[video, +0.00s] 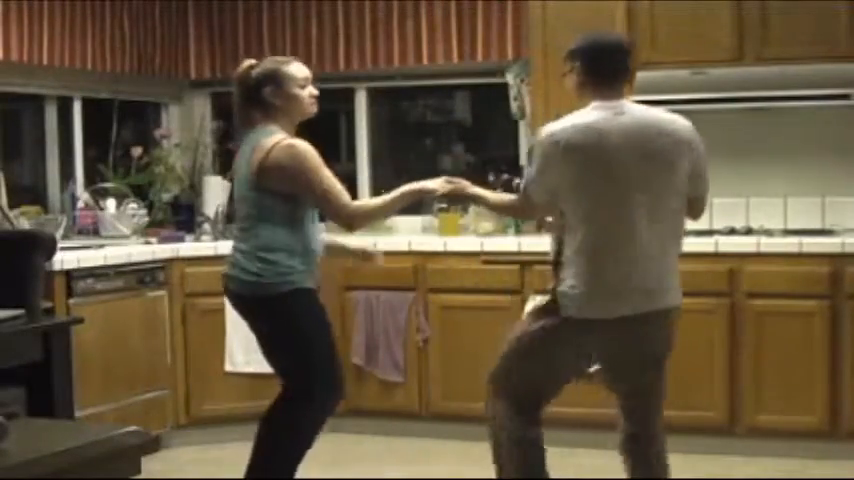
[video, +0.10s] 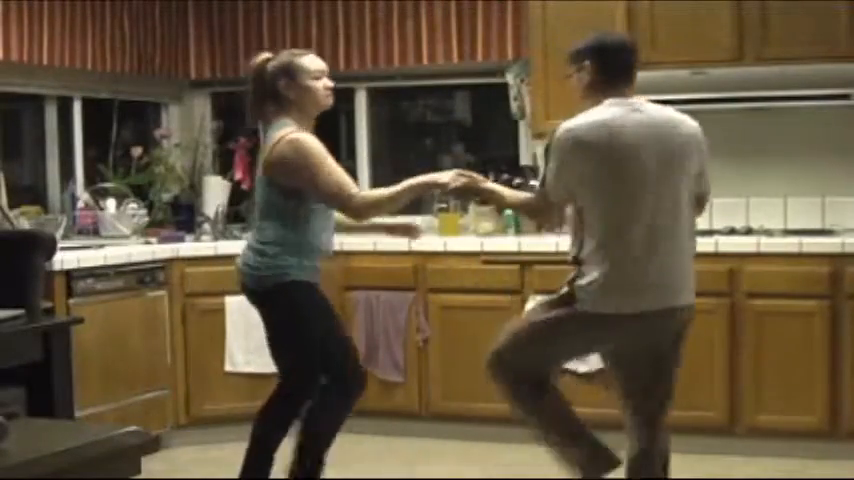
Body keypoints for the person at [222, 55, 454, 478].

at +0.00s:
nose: (315, 91)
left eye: (312, 83)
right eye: (304, 85)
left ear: (272, 97)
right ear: (274, 95)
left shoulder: (256, 144)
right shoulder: (292, 151)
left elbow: (283, 221)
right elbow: (350, 214)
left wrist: (347, 242)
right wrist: (416, 191)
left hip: (254, 281)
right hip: (279, 287)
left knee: (302, 386)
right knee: (322, 389)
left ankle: (261, 473)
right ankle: (269, 474)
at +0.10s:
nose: (330, 85)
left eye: (327, 76)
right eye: (319, 78)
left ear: (291, 89)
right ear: (288, 87)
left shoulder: (285, 141)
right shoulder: (295, 143)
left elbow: (313, 224)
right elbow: (357, 204)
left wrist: (386, 226)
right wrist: (426, 182)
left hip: (274, 276)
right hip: (284, 279)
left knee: (299, 379)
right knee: (347, 378)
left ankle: (252, 474)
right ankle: (304, 472)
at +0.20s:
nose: (352, 84)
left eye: (349, 77)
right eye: (340, 78)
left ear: (328, 89)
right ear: (309, 88)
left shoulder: (340, 140)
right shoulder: (308, 146)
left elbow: (364, 216)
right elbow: (368, 205)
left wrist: (423, 215)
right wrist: (442, 187)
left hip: (318, 280)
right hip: (295, 281)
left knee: (303, 383)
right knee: (362, 375)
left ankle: (246, 472)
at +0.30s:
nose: (381, 93)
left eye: (378, 86)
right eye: (370, 87)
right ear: (339, 98)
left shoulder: (379, 153)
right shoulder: (333, 158)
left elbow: (401, 219)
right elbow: (395, 218)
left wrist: (477, 204)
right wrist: (470, 201)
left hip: (355, 291)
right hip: (327, 291)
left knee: (314, 392)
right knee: (397, 378)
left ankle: (247, 471)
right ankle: (425, 474)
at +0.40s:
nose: (416, 96)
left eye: (414, 89)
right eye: (405, 90)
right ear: (374, 102)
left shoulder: (417, 156)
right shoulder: (368, 161)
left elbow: (442, 220)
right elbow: (419, 224)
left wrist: (496, 203)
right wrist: (496, 208)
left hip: (400, 293)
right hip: (369, 294)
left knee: (381, 398)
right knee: (443, 384)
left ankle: (283, 451)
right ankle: (437, 475)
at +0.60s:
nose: (489, 91)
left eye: (489, 83)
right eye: (477, 84)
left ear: (489, 92)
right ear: (446, 95)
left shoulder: (497, 148)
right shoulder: (435, 153)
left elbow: (535, 195)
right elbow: (439, 227)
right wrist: (494, 217)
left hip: (485, 289)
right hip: (437, 291)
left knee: (544, 378)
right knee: (480, 393)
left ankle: (523, 471)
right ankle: (437, 473)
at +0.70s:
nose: (523, 91)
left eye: (523, 82)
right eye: (512, 84)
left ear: (525, 90)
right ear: (480, 95)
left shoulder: (527, 146)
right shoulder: (464, 154)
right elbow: (441, 231)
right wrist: (503, 214)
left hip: (527, 288)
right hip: (475, 291)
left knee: (585, 376)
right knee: (499, 397)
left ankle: (584, 468)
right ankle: (444, 471)